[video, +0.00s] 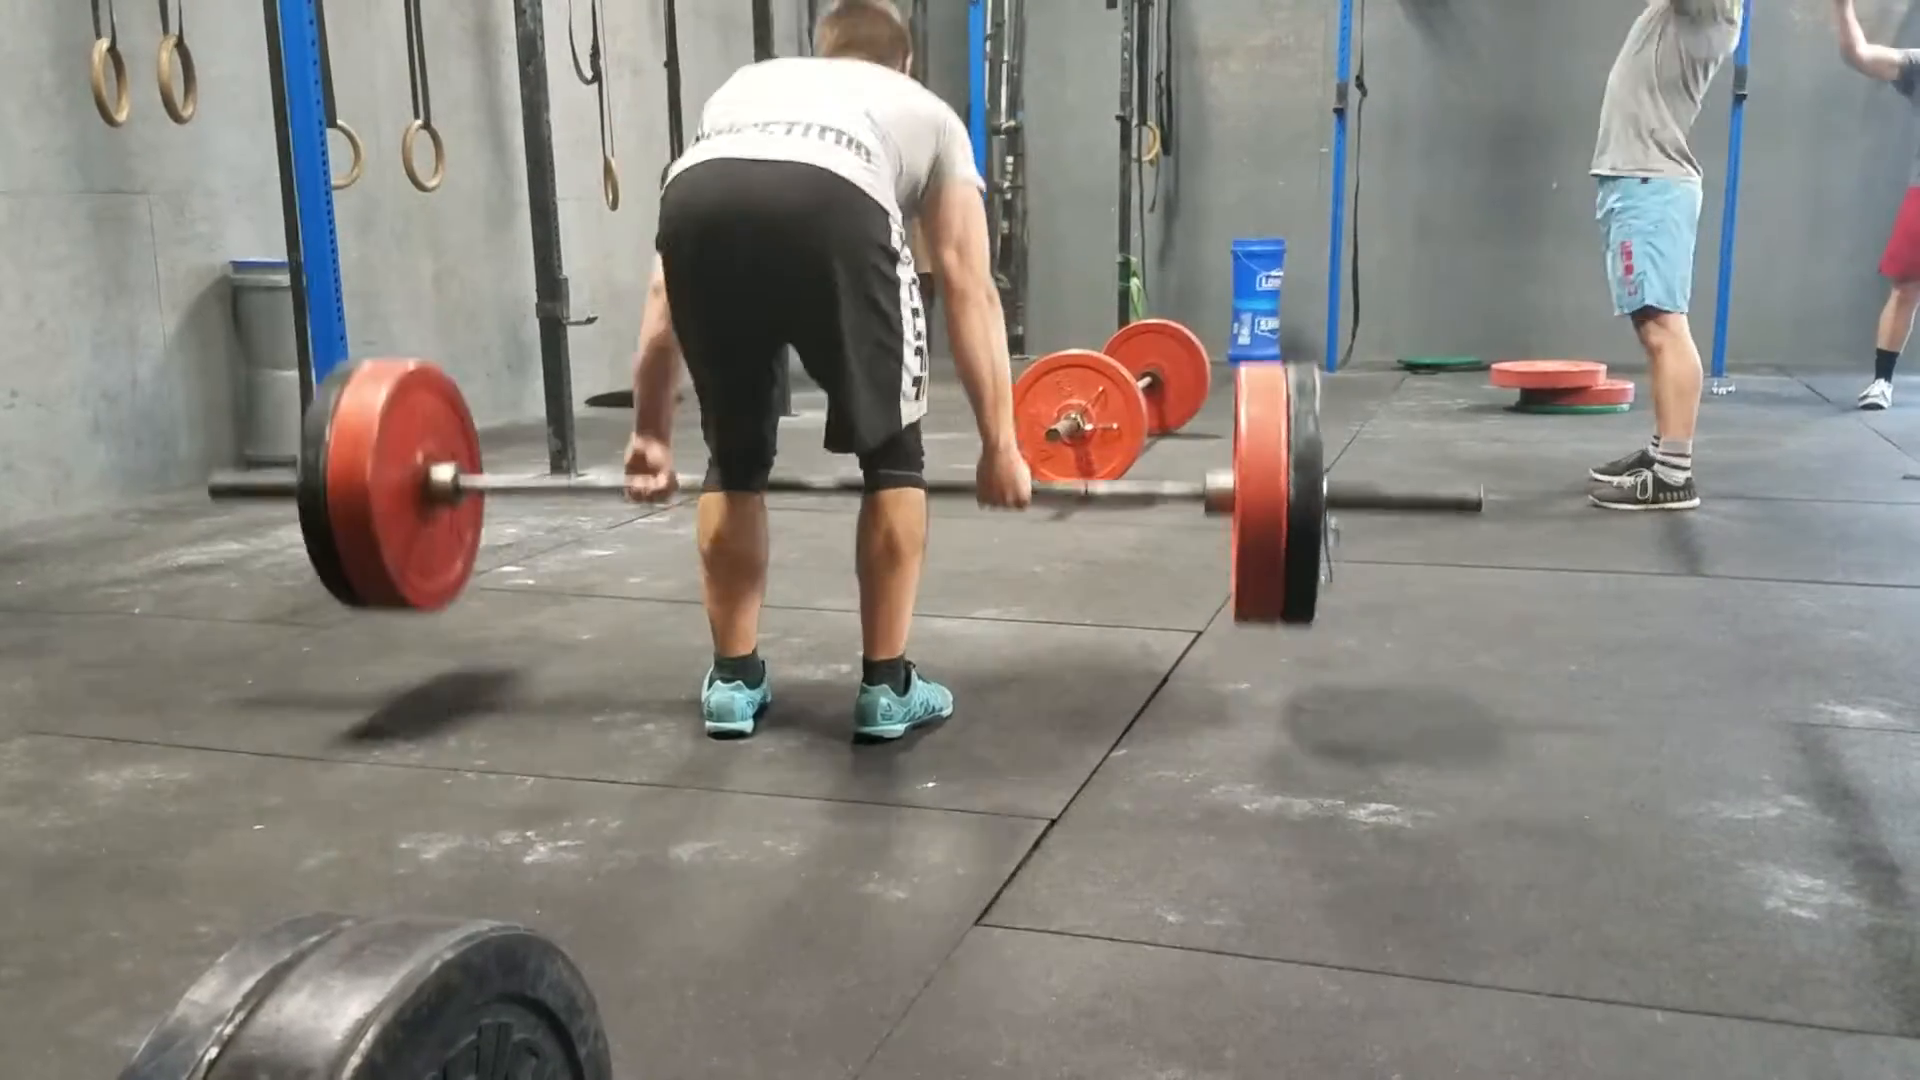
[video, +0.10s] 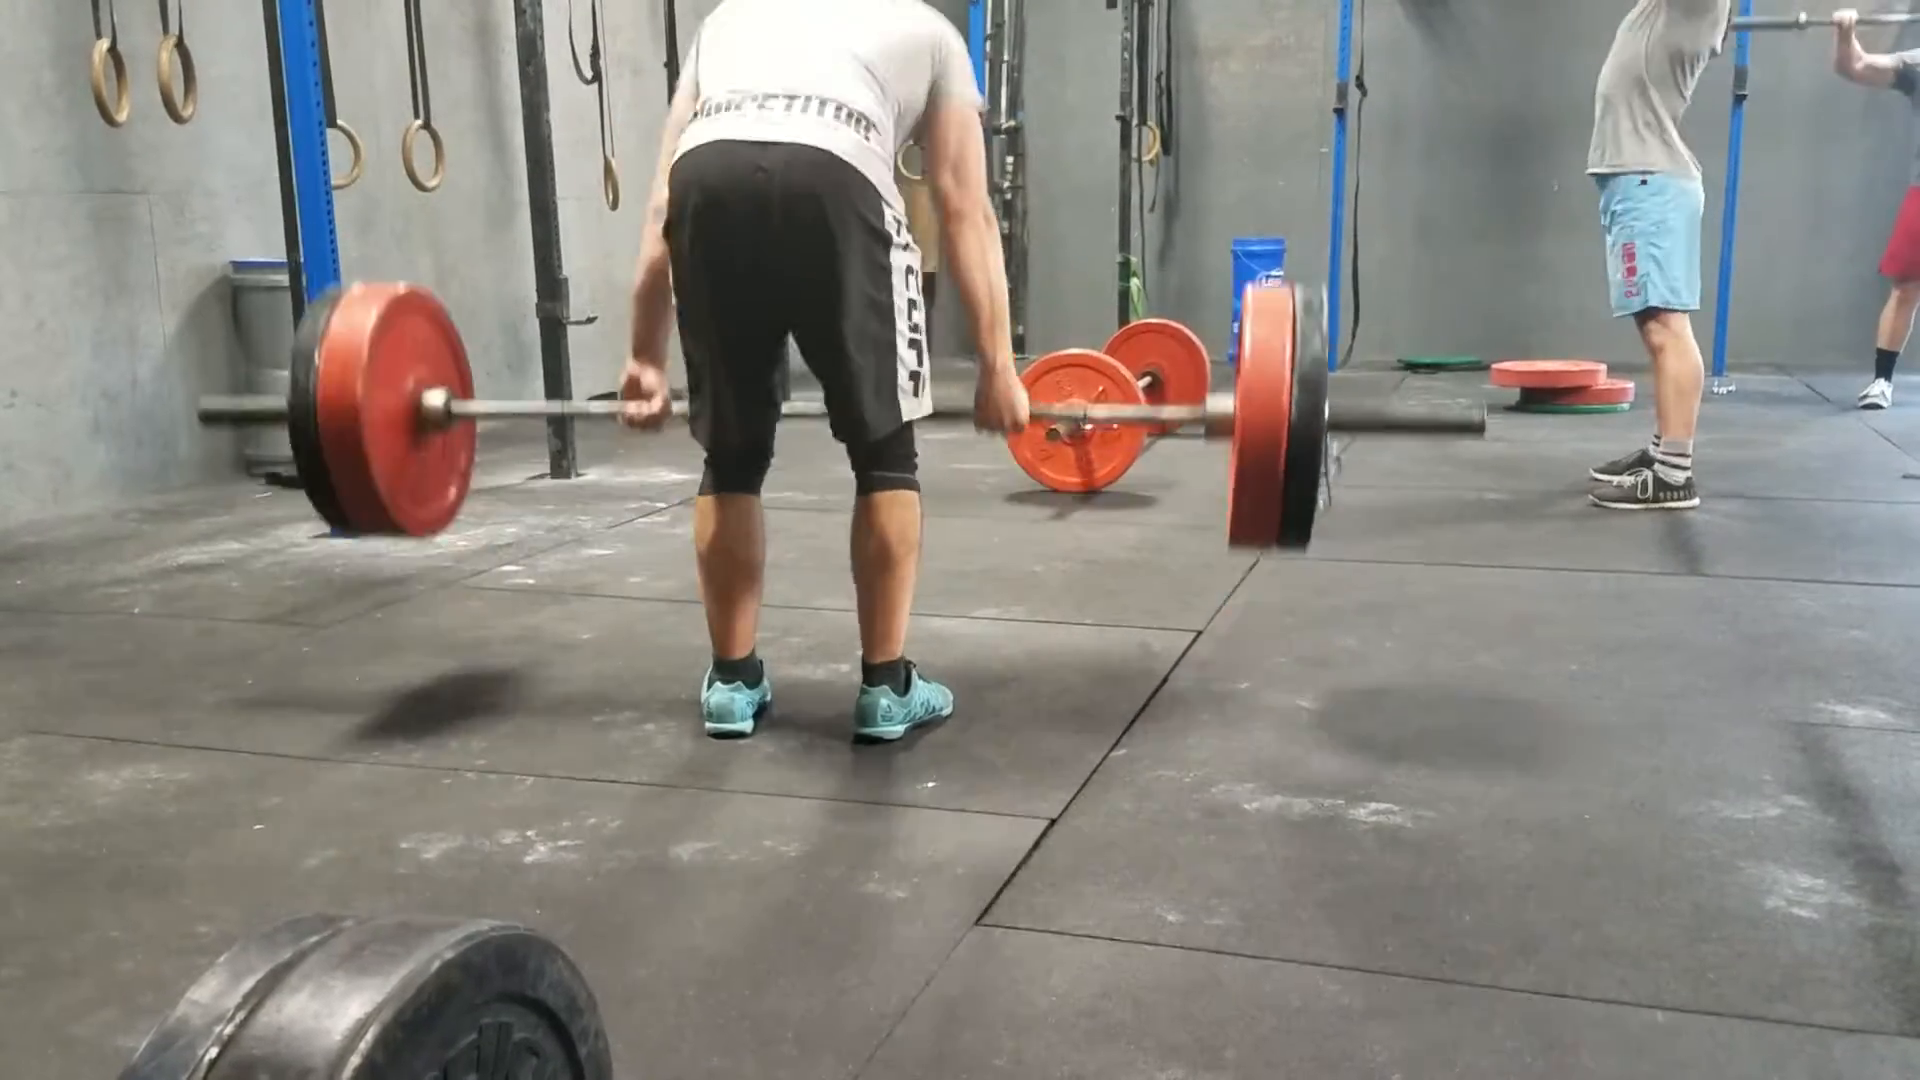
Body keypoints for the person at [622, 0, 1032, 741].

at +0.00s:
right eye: (914, 76)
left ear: (821, 51)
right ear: (906, 67)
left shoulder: (740, 86)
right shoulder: (930, 113)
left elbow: (665, 300)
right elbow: (965, 280)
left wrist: (649, 433)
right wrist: (999, 440)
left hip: (702, 207)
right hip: (835, 214)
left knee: (734, 465)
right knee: (891, 461)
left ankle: (732, 681)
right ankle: (885, 686)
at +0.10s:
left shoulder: (725, 22)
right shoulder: (932, 31)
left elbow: (663, 220)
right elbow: (964, 208)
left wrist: (643, 357)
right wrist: (998, 363)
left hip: (709, 187)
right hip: (835, 187)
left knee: (731, 456)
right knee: (884, 454)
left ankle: (731, 680)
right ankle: (885, 685)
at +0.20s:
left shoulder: (694, 6)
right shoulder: (936, 5)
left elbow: (660, 145)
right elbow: (961, 134)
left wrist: (639, 281)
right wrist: (997, 288)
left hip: (720, 172)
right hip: (843, 173)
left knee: (735, 447)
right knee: (876, 448)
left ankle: (732, 681)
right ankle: (884, 685)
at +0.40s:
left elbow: (642, 74)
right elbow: (953, 74)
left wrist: (628, 233)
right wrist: (992, 239)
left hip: (728, 196)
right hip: (853, 197)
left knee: (739, 451)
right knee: (877, 456)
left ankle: (732, 683)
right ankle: (885, 686)